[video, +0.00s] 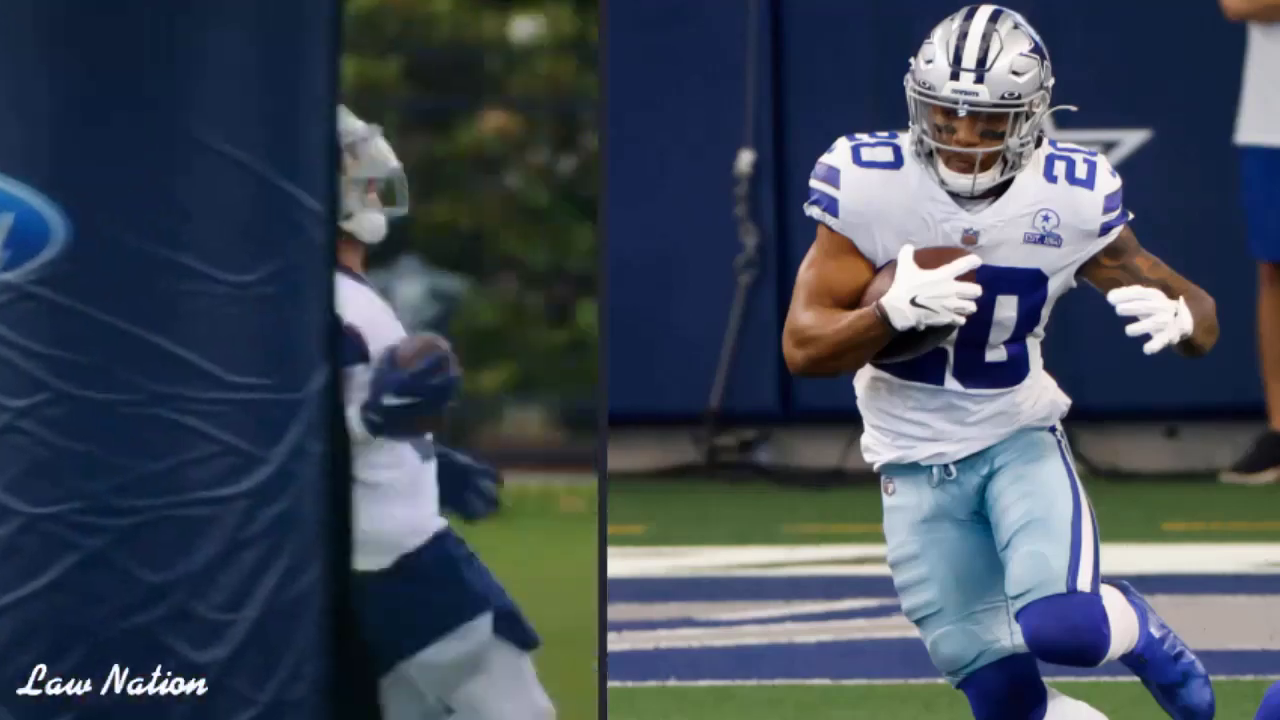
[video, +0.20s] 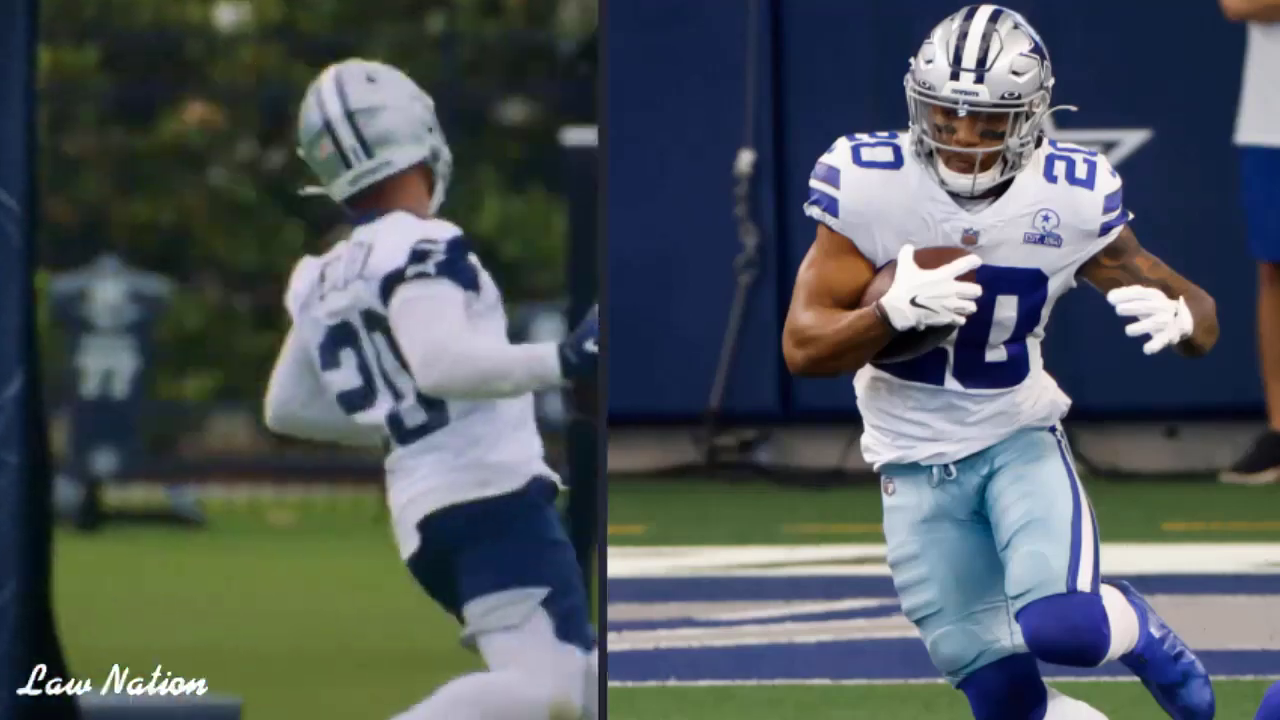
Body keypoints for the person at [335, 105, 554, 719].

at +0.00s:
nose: (377, 205)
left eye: (379, 189)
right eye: (363, 189)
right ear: (322, 196)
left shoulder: (356, 298)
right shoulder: (319, 306)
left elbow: (359, 435)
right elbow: (292, 429)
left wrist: (430, 469)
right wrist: (368, 412)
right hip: (393, 557)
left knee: (414, 705)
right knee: (513, 703)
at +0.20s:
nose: (437, 151)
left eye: (429, 138)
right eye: (429, 137)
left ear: (332, 173)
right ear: (423, 145)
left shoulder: (323, 279)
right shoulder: (422, 242)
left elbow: (289, 407)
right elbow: (443, 362)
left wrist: (397, 423)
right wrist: (564, 358)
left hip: (428, 511)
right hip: (486, 496)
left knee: (578, 681)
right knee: (547, 683)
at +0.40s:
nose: (411, 178)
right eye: (403, 164)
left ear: (305, 217)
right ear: (398, 178)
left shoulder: (315, 336)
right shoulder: (382, 279)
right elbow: (375, 404)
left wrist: (492, 380)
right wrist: (480, 363)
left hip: (406, 593)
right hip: (492, 553)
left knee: (534, 715)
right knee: (599, 693)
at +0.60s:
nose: (394, 172)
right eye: (389, 161)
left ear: (292, 219)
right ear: (389, 174)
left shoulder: (298, 332)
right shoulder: (410, 271)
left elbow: (348, 476)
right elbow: (435, 401)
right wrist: (565, 381)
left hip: (405, 576)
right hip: (512, 539)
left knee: (488, 708)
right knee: (609, 698)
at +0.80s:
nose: (199, 217)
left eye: (208, 201)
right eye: (196, 202)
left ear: (243, 206)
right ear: (315, 181)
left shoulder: (199, 326)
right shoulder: (399, 242)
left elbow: (203, 469)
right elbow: (537, 327)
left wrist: (288, 471)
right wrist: (516, 359)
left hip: (356, 582)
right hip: (466, 540)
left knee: (432, 707)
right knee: (535, 703)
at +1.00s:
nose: (111, 243)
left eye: (119, 227)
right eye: (111, 226)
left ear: (160, 230)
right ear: (231, 208)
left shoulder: (141, 360)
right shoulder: (321, 273)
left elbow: (184, 511)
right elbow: (459, 333)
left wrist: (150, 440)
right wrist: (519, 408)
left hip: (302, 603)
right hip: (411, 550)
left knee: (390, 707)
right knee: (527, 695)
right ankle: (507, 699)